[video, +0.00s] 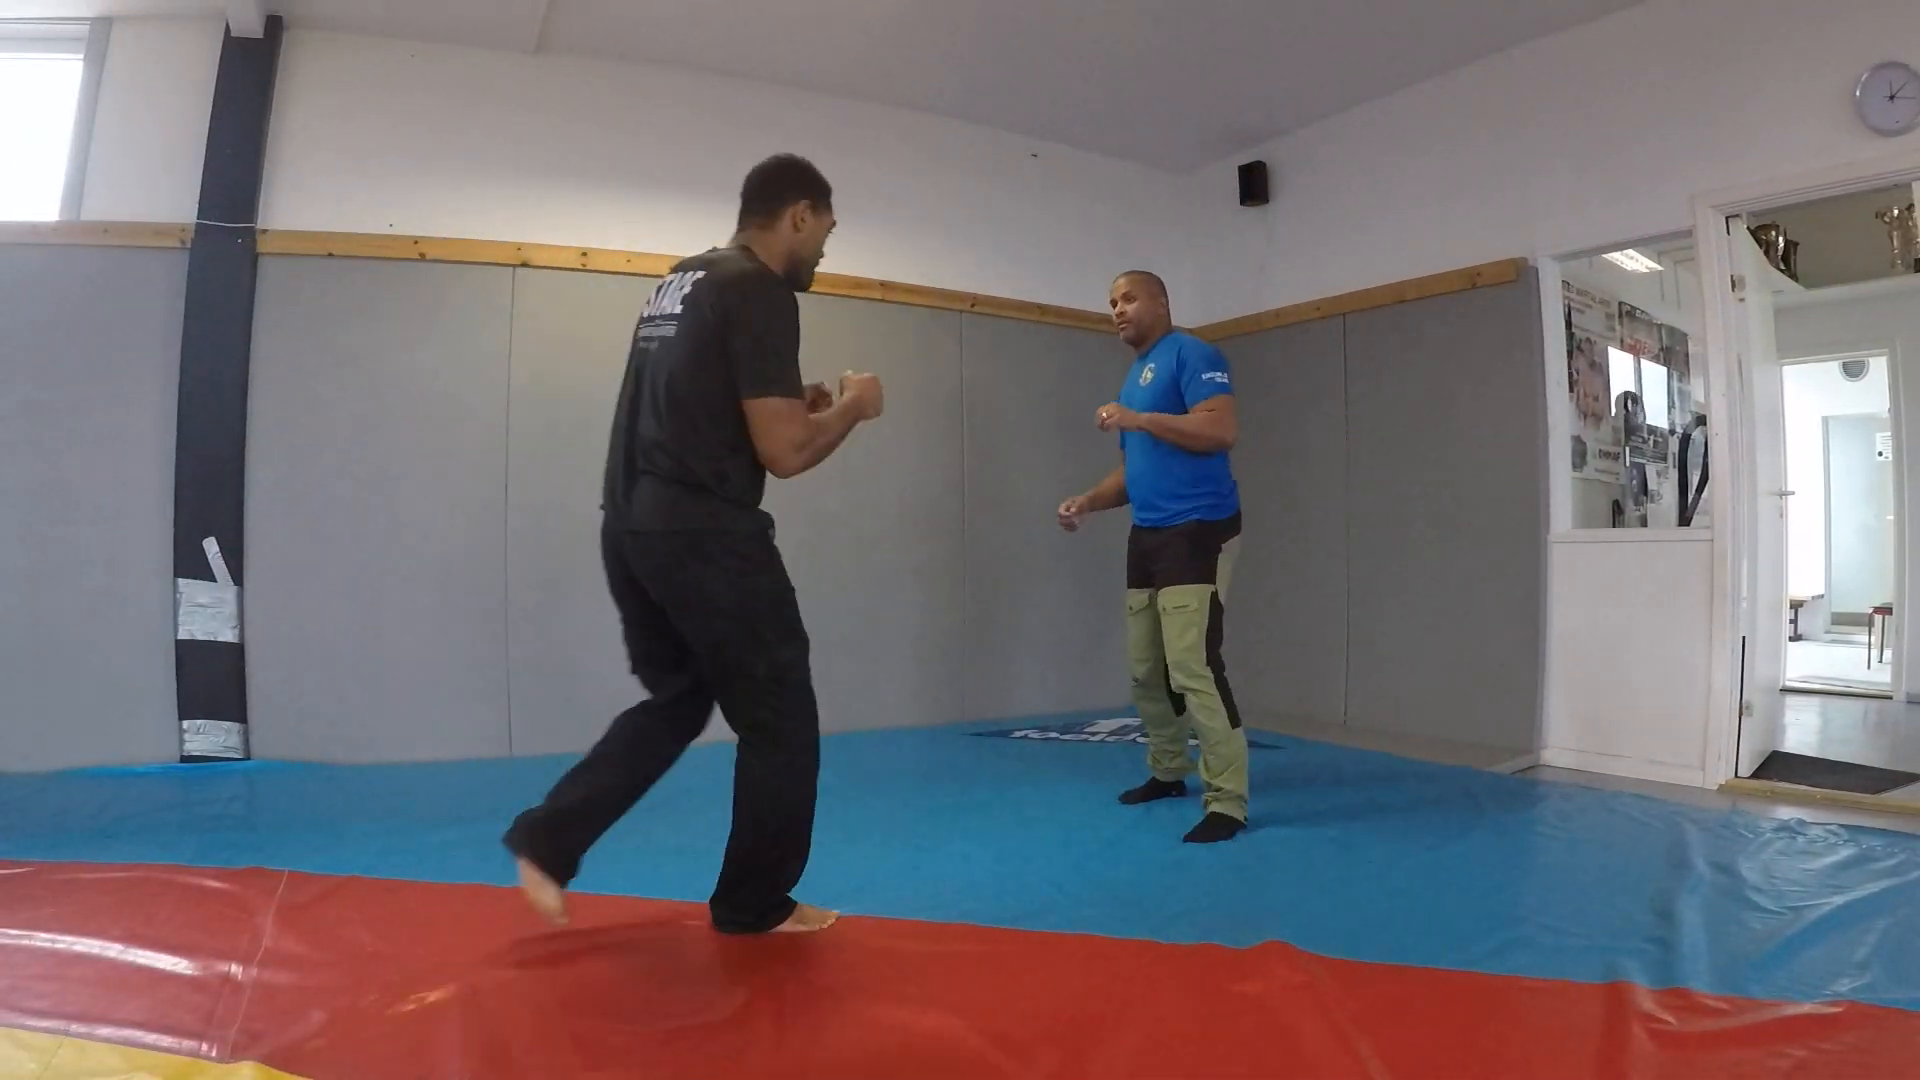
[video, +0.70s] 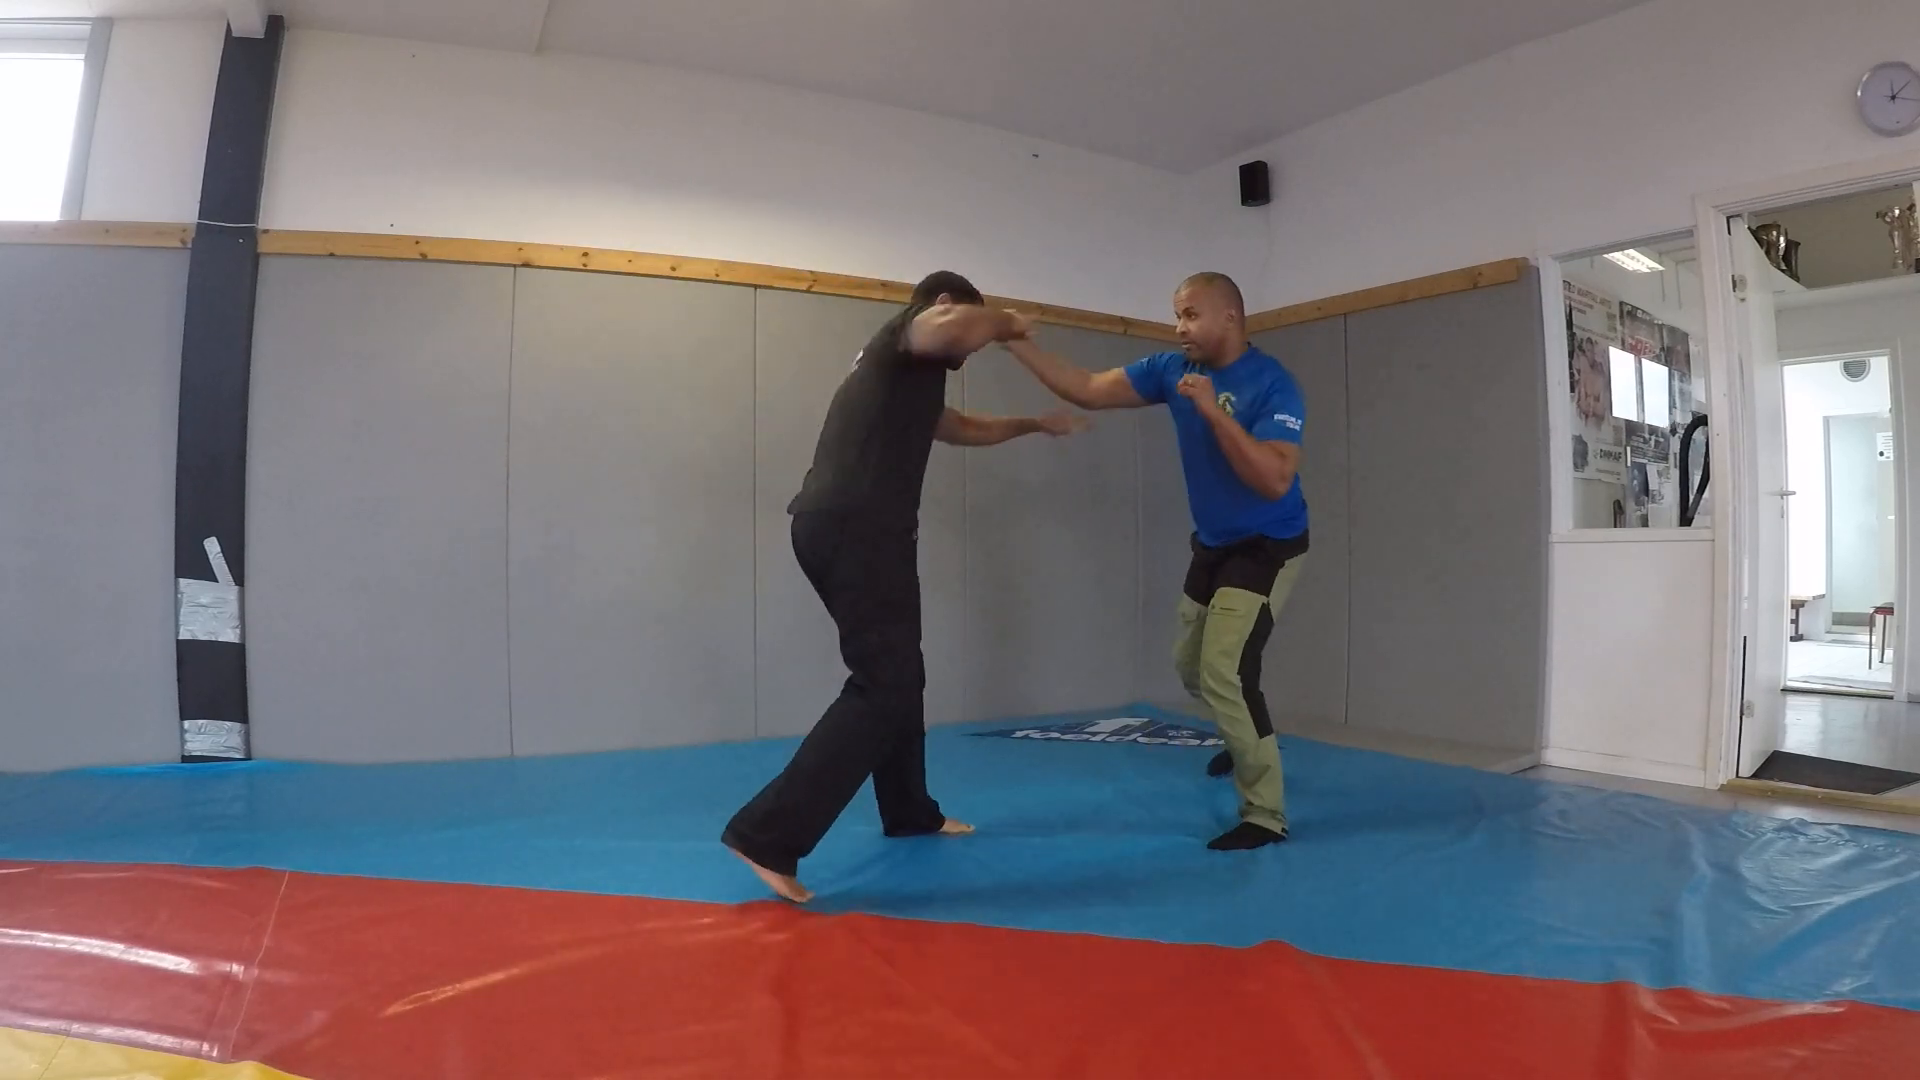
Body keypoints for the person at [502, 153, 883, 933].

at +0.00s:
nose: (824, 249)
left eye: (828, 234)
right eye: (826, 231)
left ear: (753, 215)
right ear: (798, 217)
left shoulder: (686, 278)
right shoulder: (758, 290)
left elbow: (703, 416)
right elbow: (788, 449)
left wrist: (799, 404)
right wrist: (850, 410)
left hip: (634, 528)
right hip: (710, 536)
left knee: (680, 697)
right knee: (782, 718)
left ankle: (548, 841)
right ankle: (753, 902)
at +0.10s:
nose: (865, 244)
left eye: (867, 229)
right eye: (865, 227)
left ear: (796, 217)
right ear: (836, 217)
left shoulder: (726, 282)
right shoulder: (787, 293)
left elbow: (734, 421)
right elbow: (818, 442)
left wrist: (843, 407)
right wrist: (883, 396)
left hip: (684, 519)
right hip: (744, 531)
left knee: (758, 680)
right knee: (797, 719)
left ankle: (666, 829)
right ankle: (755, 901)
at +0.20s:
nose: (895, 250)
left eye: (897, 235)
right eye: (894, 232)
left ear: (834, 219)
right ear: (867, 218)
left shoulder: (775, 281)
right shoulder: (808, 287)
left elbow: (851, 418)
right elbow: (852, 425)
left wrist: (901, 379)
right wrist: (915, 369)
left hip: (737, 506)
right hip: (763, 515)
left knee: (804, 677)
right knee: (802, 693)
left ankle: (787, 833)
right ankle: (753, 899)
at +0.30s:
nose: (921, 266)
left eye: (922, 251)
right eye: (919, 249)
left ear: (872, 238)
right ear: (891, 236)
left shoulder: (829, 304)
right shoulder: (817, 300)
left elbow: (878, 417)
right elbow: (876, 421)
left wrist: (929, 356)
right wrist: (938, 351)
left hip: (795, 519)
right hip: (776, 520)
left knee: (849, 676)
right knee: (812, 703)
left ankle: (888, 808)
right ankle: (753, 899)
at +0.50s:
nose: (963, 318)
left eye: (965, 307)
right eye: (962, 304)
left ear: (924, 294)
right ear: (932, 292)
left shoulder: (915, 363)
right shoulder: (848, 343)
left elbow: (976, 400)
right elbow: (844, 437)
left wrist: (1048, 358)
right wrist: (940, 393)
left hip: (863, 548)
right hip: (818, 547)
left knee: (917, 677)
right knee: (868, 705)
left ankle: (912, 813)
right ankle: (766, 879)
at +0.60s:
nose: (972, 331)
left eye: (974, 322)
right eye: (972, 319)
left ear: (935, 306)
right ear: (948, 304)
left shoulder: (922, 367)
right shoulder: (879, 339)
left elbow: (998, 402)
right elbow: (858, 407)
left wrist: (1080, 391)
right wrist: (950, 373)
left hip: (870, 539)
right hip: (836, 537)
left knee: (911, 679)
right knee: (889, 692)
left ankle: (913, 813)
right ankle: (783, 852)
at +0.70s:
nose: (976, 348)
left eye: (980, 337)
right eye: (975, 331)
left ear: (925, 304)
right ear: (950, 310)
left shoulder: (901, 370)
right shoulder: (912, 327)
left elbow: (959, 427)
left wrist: (1033, 424)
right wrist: (1005, 320)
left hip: (849, 527)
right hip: (857, 526)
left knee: (900, 674)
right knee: (885, 687)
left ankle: (909, 813)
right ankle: (766, 835)